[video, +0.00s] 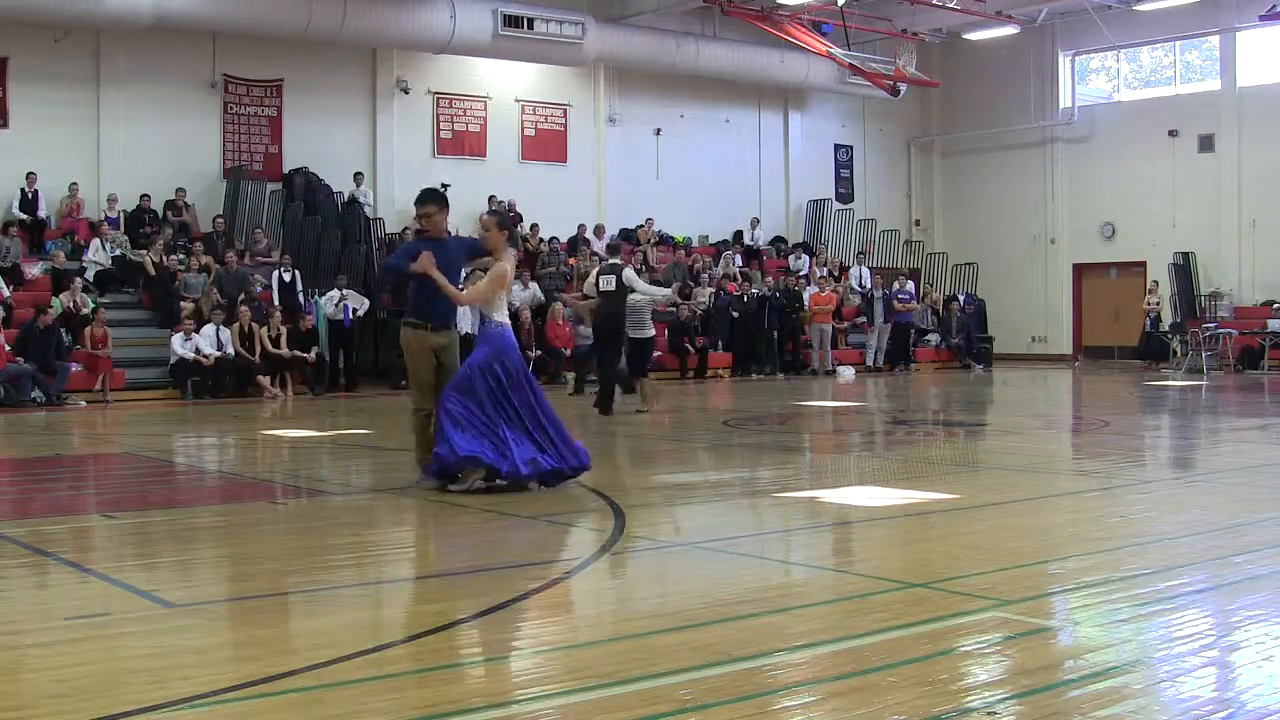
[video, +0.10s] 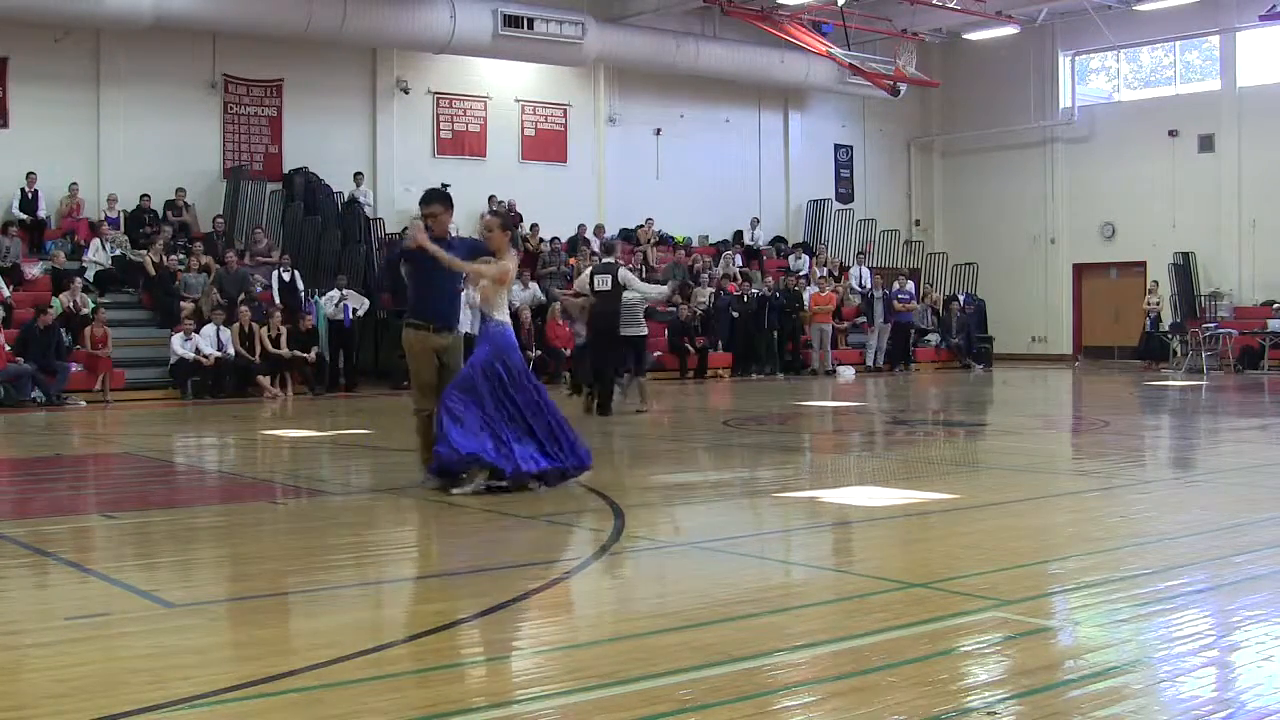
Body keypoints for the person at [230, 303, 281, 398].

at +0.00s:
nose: (244, 314)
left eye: (246, 311)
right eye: (241, 312)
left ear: (250, 313)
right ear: (238, 315)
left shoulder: (255, 326)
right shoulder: (235, 327)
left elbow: (257, 343)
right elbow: (237, 346)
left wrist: (257, 356)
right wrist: (250, 357)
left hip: (254, 354)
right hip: (242, 355)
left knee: (265, 365)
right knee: (252, 367)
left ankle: (267, 391)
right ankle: (271, 390)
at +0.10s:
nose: (244, 314)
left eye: (246, 311)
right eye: (241, 312)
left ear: (250, 314)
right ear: (238, 315)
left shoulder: (255, 326)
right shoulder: (235, 327)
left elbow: (257, 343)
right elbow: (237, 346)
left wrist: (257, 356)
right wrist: (250, 357)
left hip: (254, 354)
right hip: (242, 355)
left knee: (265, 365)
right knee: (252, 367)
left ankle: (267, 391)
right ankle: (271, 390)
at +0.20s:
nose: (244, 314)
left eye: (246, 311)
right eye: (241, 312)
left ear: (250, 314)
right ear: (238, 315)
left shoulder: (255, 326)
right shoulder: (235, 327)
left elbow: (257, 343)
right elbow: (237, 346)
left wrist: (257, 356)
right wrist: (250, 357)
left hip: (254, 354)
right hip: (242, 355)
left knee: (265, 365)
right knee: (252, 367)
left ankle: (267, 391)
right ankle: (271, 390)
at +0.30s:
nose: (244, 314)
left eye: (246, 311)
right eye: (241, 312)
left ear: (250, 314)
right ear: (238, 315)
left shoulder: (255, 326)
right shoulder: (235, 327)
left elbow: (257, 343)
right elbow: (237, 346)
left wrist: (257, 356)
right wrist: (250, 357)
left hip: (254, 354)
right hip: (242, 355)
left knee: (265, 365)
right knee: (252, 367)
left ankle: (267, 391)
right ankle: (271, 390)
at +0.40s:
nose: (244, 314)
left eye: (246, 311)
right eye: (241, 312)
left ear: (250, 314)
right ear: (238, 315)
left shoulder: (255, 326)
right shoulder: (235, 327)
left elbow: (257, 343)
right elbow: (237, 346)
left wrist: (257, 356)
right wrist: (250, 357)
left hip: (254, 354)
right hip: (242, 355)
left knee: (265, 365)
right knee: (252, 367)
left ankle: (267, 391)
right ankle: (271, 390)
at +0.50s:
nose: (244, 314)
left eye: (246, 311)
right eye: (241, 312)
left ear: (250, 313)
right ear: (238, 316)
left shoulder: (255, 326)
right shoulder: (235, 327)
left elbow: (257, 343)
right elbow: (237, 346)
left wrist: (257, 356)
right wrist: (250, 357)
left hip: (254, 354)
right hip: (242, 354)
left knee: (264, 365)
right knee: (252, 367)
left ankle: (266, 391)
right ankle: (271, 389)